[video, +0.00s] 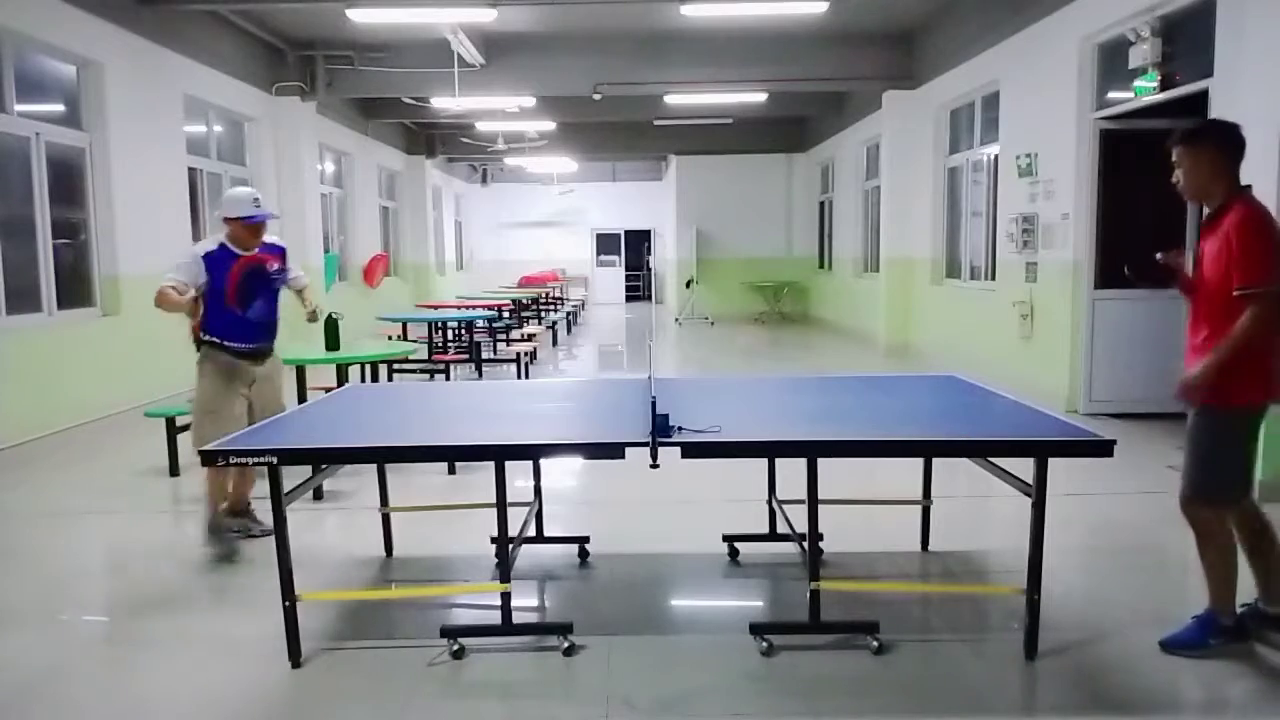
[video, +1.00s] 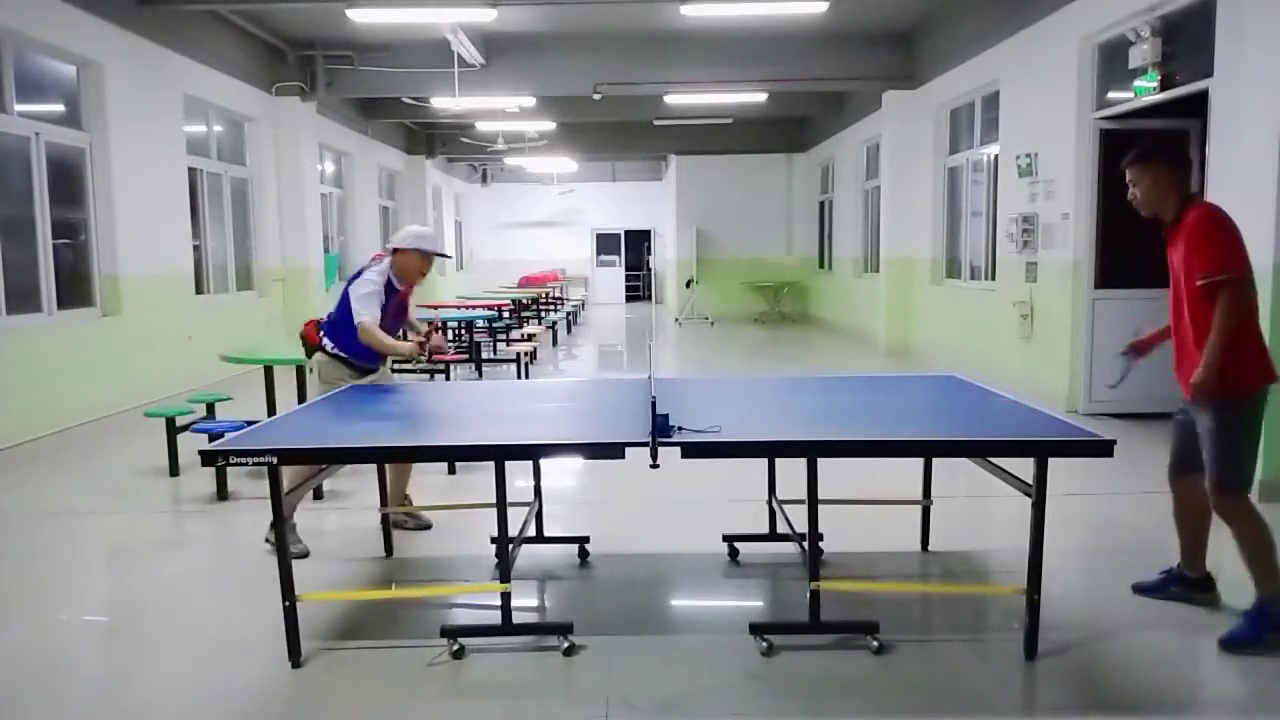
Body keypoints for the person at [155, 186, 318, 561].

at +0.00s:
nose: (260, 232)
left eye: (262, 225)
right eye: (252, 225)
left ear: (264, 223)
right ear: (230, 224)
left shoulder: (275, 252)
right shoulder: (205, 256)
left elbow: (298, 283)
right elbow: (162, 295)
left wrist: (309, 303)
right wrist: (185, 303)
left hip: (264, 362)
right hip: (222, 364)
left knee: (259, 439)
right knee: (220, 445)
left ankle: (239, 508)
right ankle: (216, 521)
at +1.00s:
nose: (427, 268)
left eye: (431, 261)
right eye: (423, 259)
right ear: (399, 254)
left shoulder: (402, 280)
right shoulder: (370, 281)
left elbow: (401, 309)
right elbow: (367, 331)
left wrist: (418, 330)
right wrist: (405, 348)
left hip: (375, 368)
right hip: (337, 367)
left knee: (406, 428)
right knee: (324, 447)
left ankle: (397, 505)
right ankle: (282, 521)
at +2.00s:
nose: (286, 222)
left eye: (288, 215)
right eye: (277, 216)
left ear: (289, 218)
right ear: (254, 219)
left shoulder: (297, 252)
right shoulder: (232, 259)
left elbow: (335, 287)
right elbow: (227, 312)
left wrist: (312, 253)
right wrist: (267, 329)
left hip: (298, 360)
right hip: (252, 365)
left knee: (308, 438)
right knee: (253, 444)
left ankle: (301, 514)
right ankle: (252, 520)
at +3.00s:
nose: (315, 222)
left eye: (321, 217)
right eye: (310, 211)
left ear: (324, 223)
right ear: (293, 208)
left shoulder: (325, 251)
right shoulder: (259, 242)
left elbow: (368, 260)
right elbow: (242, 286)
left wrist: (341, 226)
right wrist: (281, 309)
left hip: (307, 358)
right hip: (262, 356)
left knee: (309, 443)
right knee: (248, 446)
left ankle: (313, 526)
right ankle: (224, 538)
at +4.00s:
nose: (250, 214)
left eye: (251, 207)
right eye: (241, 207)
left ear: (244, 210)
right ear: (214, 211)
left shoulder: (250, 249)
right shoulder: (193, 250)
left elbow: (252, 308)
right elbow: (207, 309)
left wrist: (272, 341)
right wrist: (263, 338)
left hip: (259, 367)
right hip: (215, 371)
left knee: (290, 438)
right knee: (212, 462)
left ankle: (293, 518)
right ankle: (205, 551)